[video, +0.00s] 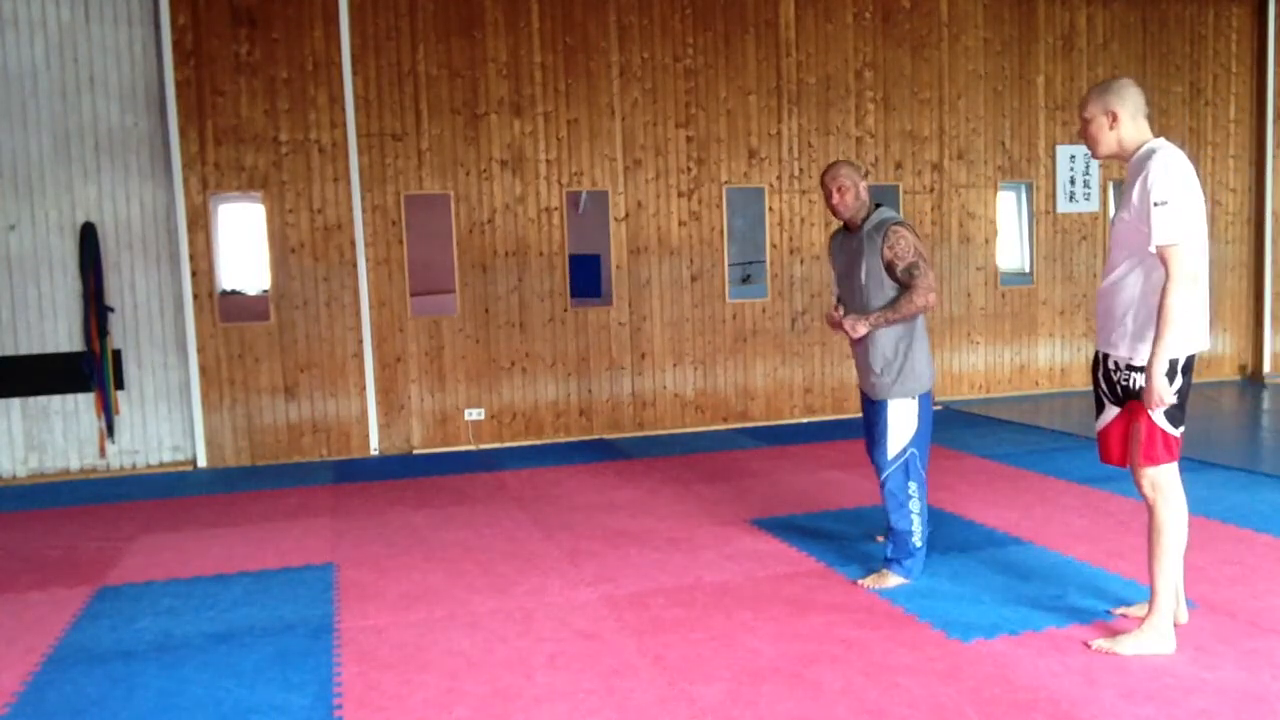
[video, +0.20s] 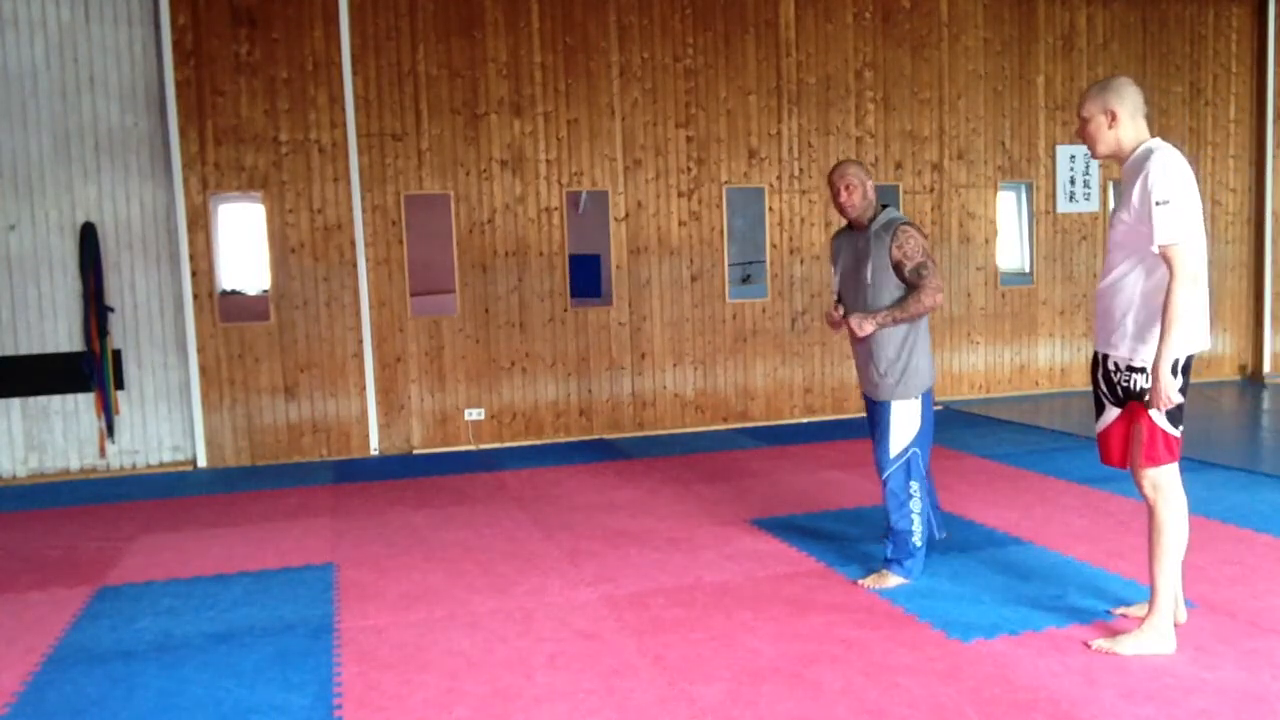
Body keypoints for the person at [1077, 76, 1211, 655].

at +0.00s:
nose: (1083, 135)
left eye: (1087, 123)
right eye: (1082, 125)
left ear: (1115, 119)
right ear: (1120, 118)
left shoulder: (1161, 169)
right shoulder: (1144, 170)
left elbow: (1178, 274)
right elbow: (1150, 271)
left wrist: (1157, 368)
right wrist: (1122, 352)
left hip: (1155, 355)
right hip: (1135, 352)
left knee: (1157, 481)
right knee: (1155, 479)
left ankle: (1161, 625)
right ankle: (1169, 598)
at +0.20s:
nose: (1081, 134)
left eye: (1085, 121)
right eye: (1080, 123)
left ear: (1114, 118)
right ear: (1118, 117)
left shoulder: (1158, 168)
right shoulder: (1140, 170)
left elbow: (1180, 271)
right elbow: (1155, 268)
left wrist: (1162, 366)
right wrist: (1124, 351)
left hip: (1151, 354)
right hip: (1133, 351)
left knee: (1158, 481)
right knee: (1155, 479)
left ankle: (1161, 625)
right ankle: (1168, 598)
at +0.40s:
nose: (1081, 134)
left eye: (1085, 121)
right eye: (1080, 123)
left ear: (1113, 118)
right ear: (1118, 117)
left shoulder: (1157, 168)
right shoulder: (1139, 170)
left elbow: (1178, 272)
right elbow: (1151, 269)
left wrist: (1149, 364)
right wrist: (1120, 351)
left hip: (1149, 355)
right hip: (1132, 352)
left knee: (1158, 482)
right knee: (1154, 480)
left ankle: (1160, 624)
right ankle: (1168, 597)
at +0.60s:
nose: (1080, 133)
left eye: (1085, 120)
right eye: (1080, 122)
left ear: (1113, 117)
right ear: (1118, 116)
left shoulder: (1154, 167)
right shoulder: (1141, 168)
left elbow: (1173, 271)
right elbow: (1162, 268)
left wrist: (1136, 361)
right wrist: (1122, 352)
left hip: (1146, 352)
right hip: (1135, 349)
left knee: (1156, 482)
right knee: (1153, 480)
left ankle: (1159, 624)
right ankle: (1168, 595)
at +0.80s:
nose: (1079, 127)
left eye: (1085, 115)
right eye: (1080, 116)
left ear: (1113, 115)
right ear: (1118, 114)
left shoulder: (1150, 164)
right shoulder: (1136, 167)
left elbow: (1182, 263)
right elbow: (1167, 262)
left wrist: (1143, 349)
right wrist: (1122, 345)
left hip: (1145, 351)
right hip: (1130, 347)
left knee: (1156, 481)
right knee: (1152, 479)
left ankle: (1159, 625)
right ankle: (1167, 595)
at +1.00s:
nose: (1078, 127)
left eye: (1085, 116)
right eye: (1079, 117)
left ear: (1114, 116)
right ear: (1116, 115)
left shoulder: (1145, 159)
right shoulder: (1130, 164)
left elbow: (1220, 221)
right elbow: (1200, 221)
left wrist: (1174, 300)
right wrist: (1136, 303)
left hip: (1141, 343)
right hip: (1131, 341)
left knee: (1152, 477)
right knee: (1150, 474)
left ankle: (1159, 624)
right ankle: (1167, 594)